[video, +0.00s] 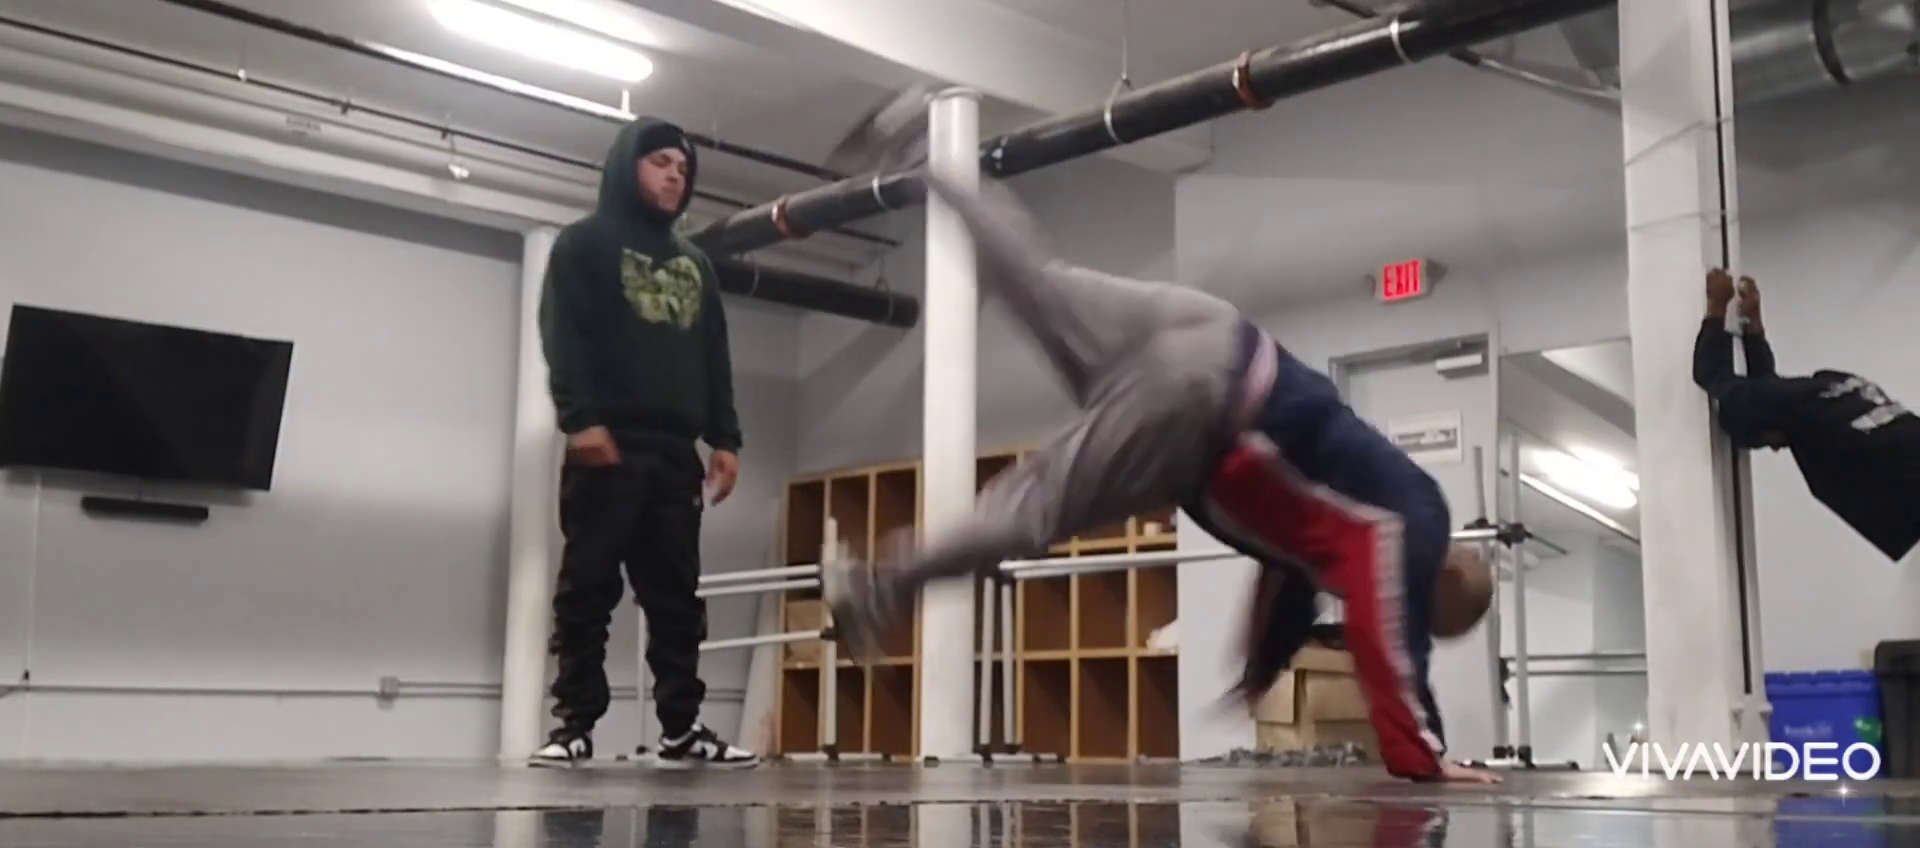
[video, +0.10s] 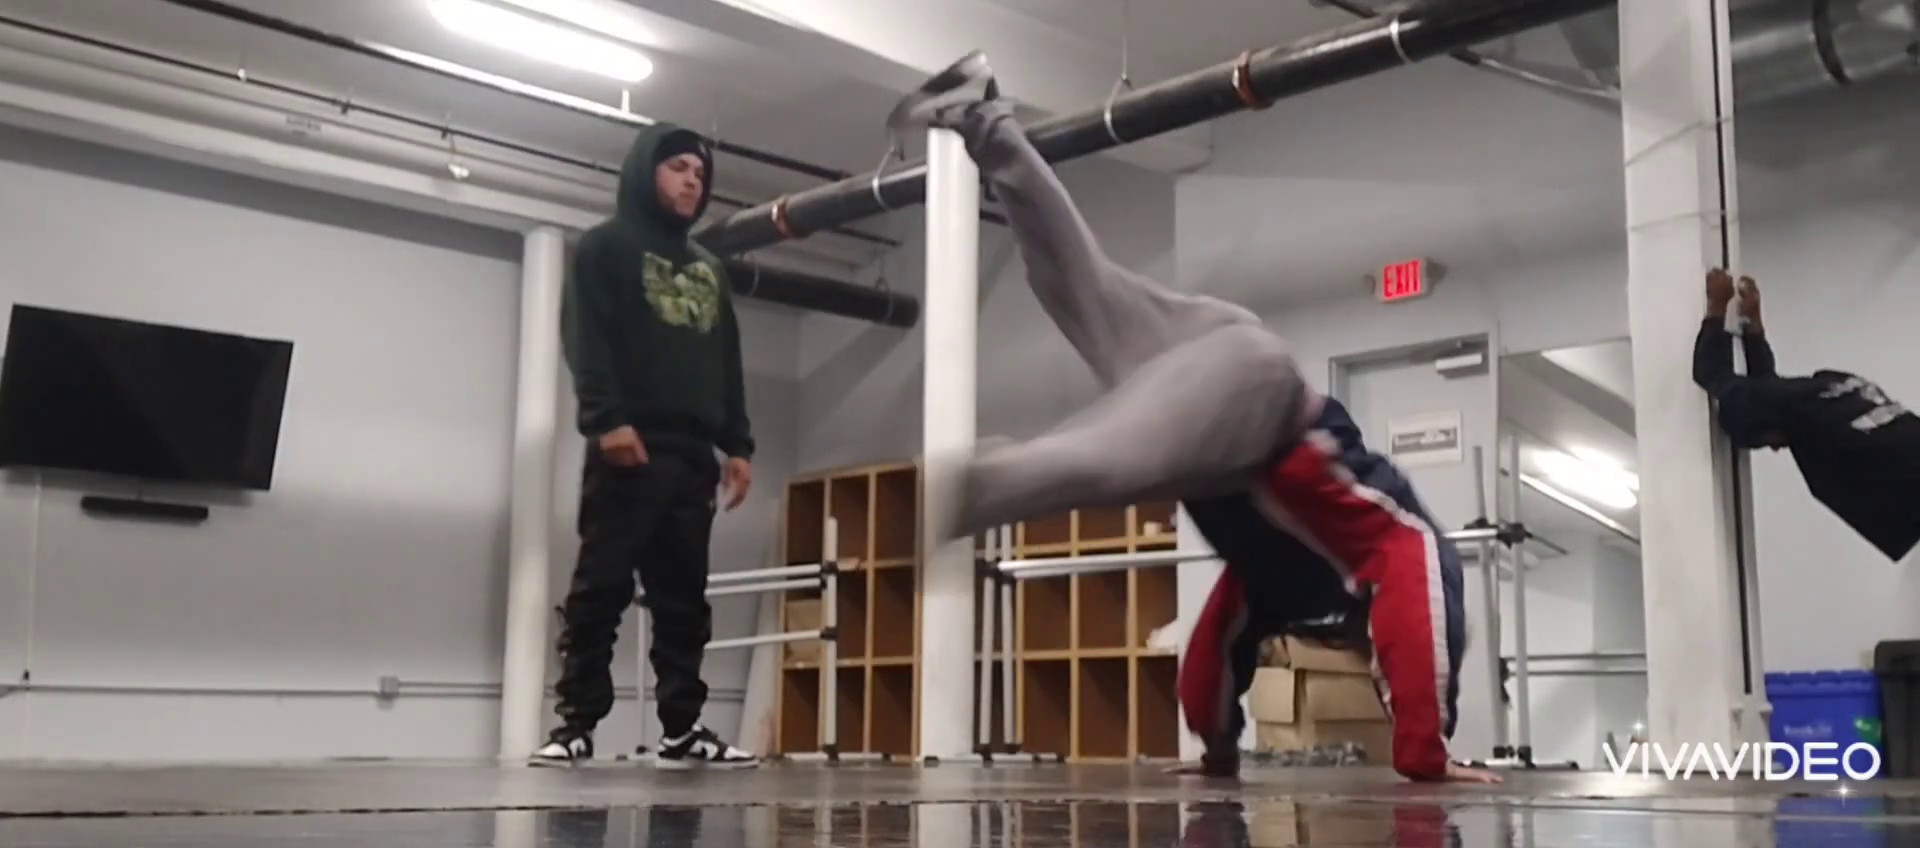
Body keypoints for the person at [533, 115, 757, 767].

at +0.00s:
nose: (675, 177)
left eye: (682, 169)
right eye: (662, 162)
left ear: (687, 184)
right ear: (628, 167)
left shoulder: (694, 263)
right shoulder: (583, 243)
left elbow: (714, 357)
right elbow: (562, 337)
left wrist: (724, 440)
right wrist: (580, 421)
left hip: (675, 449)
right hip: (603, 444)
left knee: (675, 594)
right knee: (587, 591)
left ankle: (681, 728)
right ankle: (573, 728)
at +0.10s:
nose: (691, 182)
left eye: (699, 173)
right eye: (679, 168)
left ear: (704, 186)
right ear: (644, 171)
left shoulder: (708, 267)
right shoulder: (604, 246)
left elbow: (728, 360)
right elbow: (586, 340)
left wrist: (737, 446)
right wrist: (606, 420)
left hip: (694, 450)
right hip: (626, 443)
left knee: (682, 596)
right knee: (600, 588)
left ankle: (681, 729)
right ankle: (574, 728)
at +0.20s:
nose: (709, 188)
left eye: (717, 180)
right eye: (696, 174)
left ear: (721, 194)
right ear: (664, 180)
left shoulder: (723, 272)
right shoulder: (624, 251)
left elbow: (740, 364)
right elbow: (607, 344)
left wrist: (751, 451)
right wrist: (627, 425)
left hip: (713, 450)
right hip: (647, 444)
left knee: (695, 594)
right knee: (619, 583)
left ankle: (683, 730)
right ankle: (576, 725)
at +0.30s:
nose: (725, 195)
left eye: (732, 186)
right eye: (712, 181)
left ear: (736, 198)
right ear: (679, 186)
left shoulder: (729, 275)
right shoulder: (644, 254)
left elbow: (747, 367)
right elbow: (628, 348)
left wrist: (764, 454)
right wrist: (643, 434)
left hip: (727, 452)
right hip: (669, 446)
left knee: (704, 593)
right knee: (643, 579)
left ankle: (683, 729)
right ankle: (592, 713)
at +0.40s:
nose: (739, 198)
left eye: (746, 188)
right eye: (728, 184)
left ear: (749, 198)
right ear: (692, 186)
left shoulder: (735, 272)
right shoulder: (662, 256)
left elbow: (751, 370)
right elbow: (649, 351)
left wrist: (774, 456)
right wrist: (657, 437)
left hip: (734, 449)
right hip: (686, 445)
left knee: (713, 590)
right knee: (678, 579)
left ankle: (684, 728)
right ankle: (635, 717)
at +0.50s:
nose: (756, 200)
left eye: (761, 190)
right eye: (744, 186)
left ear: (762, 199)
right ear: (709, 188)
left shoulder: (741, 271)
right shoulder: (681, 255)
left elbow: (751, 373)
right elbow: (670, 349)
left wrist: (777, 459)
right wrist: (679, 435)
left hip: (739, 447)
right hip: (700, 444)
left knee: (718, 581)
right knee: (704, 578)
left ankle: (692, 722)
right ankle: (681, 723)